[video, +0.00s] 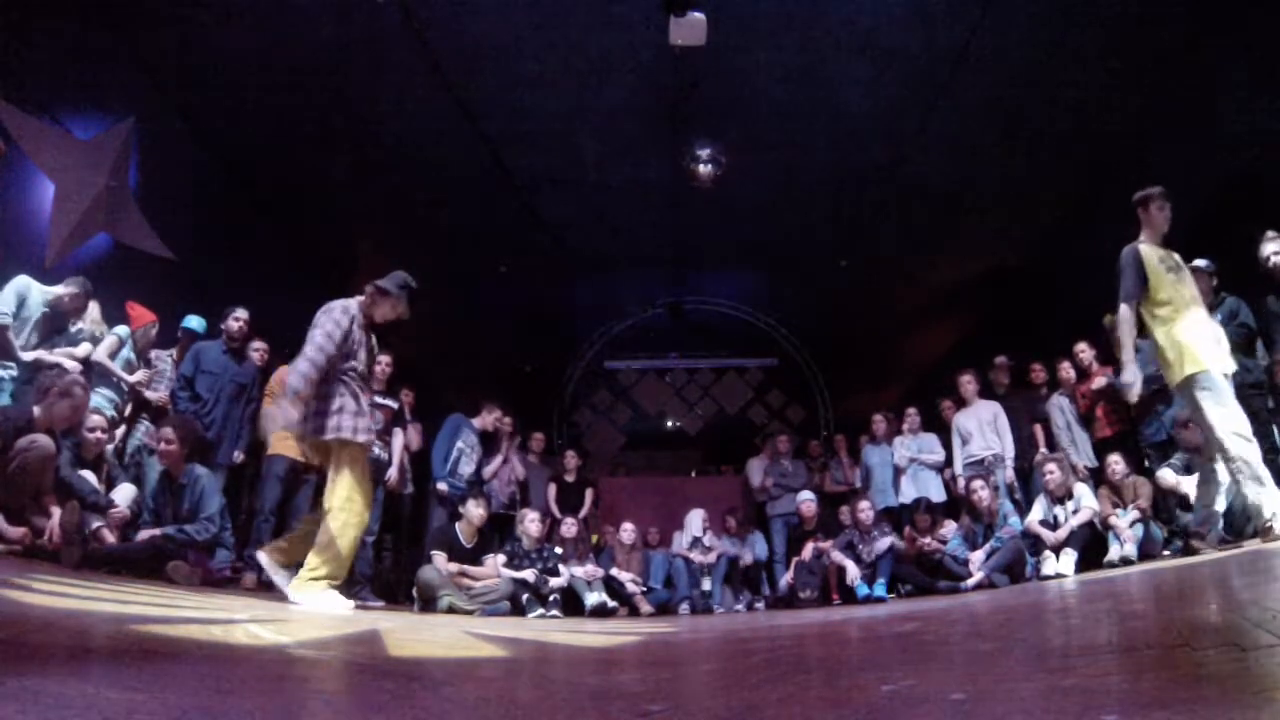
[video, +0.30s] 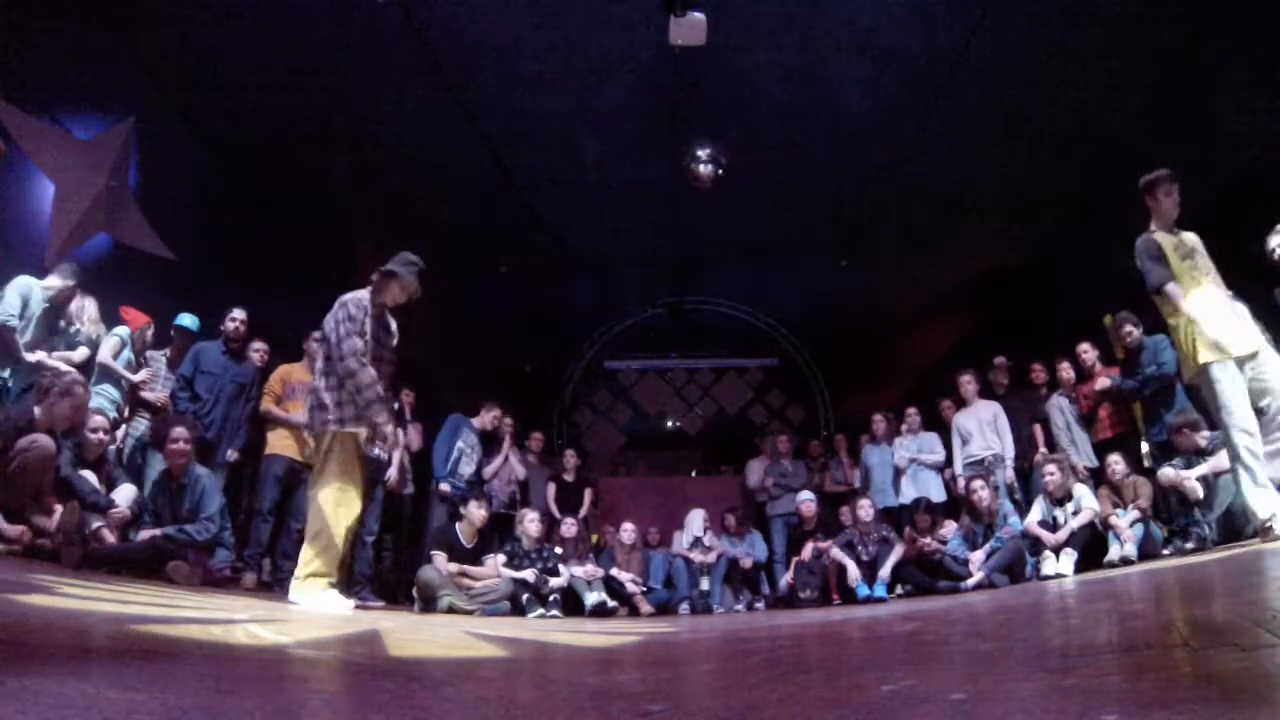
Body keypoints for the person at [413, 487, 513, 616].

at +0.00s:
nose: (482, 512)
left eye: (484, 508)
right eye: (476, 507)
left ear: (488, 512)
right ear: (461, 509)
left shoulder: (485, 538)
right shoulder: (442, 533)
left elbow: (493, 572)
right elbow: (442, 570)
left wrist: (462, 569)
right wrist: (474, 584)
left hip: (476, 590)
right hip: (447, 589)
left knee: (506, 585)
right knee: (426, 573)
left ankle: (453, 605)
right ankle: (477, 609)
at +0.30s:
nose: (484, 514)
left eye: (486, 509)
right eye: (478, 508)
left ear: (489, 512)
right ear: (462, 510)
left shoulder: (485, 538)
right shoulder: (442, 533)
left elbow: (493, 572)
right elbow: (442, 570)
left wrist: (462, 569)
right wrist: (474, 584)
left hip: (476, 591)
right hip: (447, 588)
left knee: (506, 585)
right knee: (427, 574)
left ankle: (453, 604)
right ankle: (476, 609)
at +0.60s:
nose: (485, 514)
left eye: (487, 510)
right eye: (480, 509)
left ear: (489, 513)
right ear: (463, 510)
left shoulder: (485, 538)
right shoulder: (442, 533)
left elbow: (493, 572)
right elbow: (442, 570)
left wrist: (462, 569)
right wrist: (474, 584)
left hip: (476, 591)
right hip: (446, 589)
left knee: (507, 585)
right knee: (429, 572)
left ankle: (453, 605)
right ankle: (476, 610)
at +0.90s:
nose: (491, 517)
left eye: (491, 513)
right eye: (488, 512)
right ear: (473, 513)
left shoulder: (484, 539)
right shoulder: (441, 534)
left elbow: (492, 572)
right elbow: (442, 570)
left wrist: (462, 569)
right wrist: (474, 584)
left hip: (475, 590)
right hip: (446, 589)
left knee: (507, 585)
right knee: (431, 573)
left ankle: (455, 604)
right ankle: (477, 610)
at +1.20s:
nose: (493, 519)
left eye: (493, 514)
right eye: (490, 514)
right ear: (475, 513)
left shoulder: (486, 539)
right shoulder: (445, 533)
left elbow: (492, 572)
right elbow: (442, 569)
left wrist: (462, 569)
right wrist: (475, 584)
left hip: (478, 590)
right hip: (450, 588)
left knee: (506, 585)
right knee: (430, 576)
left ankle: (454, 604)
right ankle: (477, 610)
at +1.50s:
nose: (493, 518)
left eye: (493, 513)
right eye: (490, 513)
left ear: (477, 514)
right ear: (475, 513)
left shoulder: (486, 538)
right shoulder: (444, 532)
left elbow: (492, 572)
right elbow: (442, 570)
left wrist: (461, 569)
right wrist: (475, 584)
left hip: (478, 590)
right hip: (448, 588)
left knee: (507, 584)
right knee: (428, 572)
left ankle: (456, 604)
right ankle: (476, 609)